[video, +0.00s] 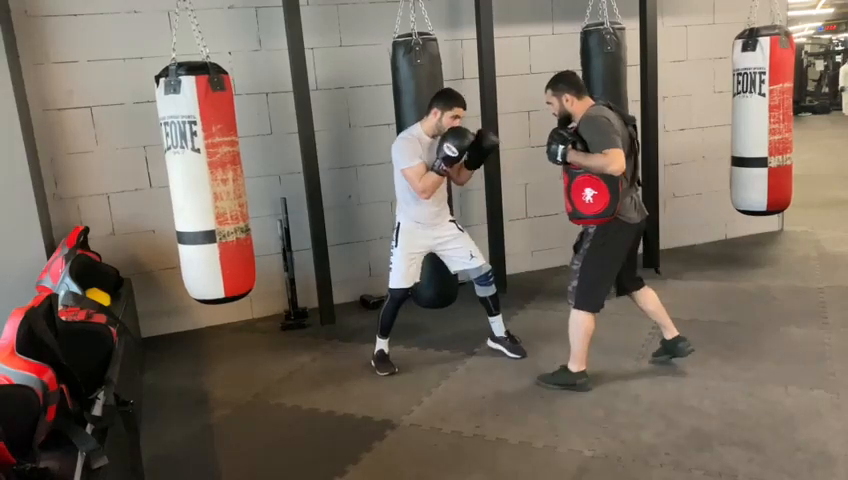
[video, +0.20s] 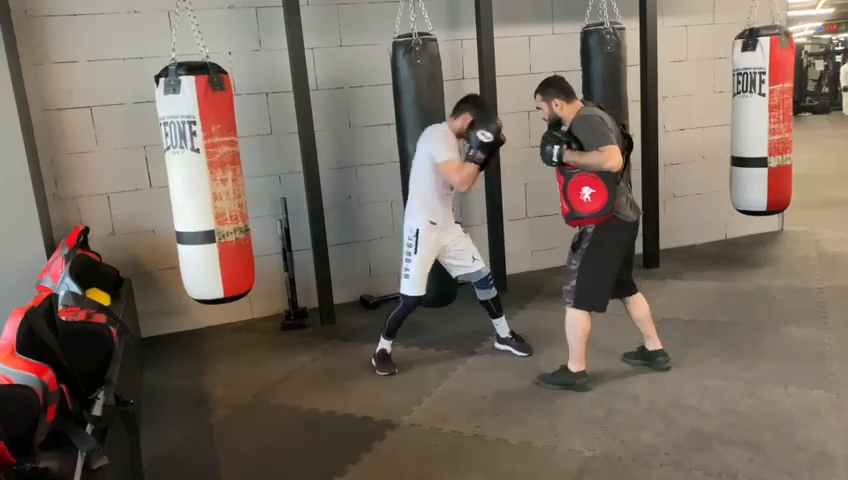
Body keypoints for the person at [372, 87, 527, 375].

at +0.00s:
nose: (456, 126)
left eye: (459, 121)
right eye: (454, 119)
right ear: (436, 114)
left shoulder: (445, 141)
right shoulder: (405, 143)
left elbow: (461, 179)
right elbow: (424, 189)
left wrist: (477, 154)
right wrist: (447, 158)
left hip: (444, 225)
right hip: (411, 228)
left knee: (483, 272)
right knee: (399, 290)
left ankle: (499, 335)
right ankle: (381, 350)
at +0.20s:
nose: (474, 130)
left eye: (476, 126)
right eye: (475, 125)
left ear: (464, 117)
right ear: (467, 117)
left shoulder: (453, 141)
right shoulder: (437, 135)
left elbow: (467, 183)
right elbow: (461, 181)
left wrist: (483, 152)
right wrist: (478, 151)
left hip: (446, 225)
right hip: (421, 227)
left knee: (482, 277)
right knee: (412, 296)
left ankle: (505, 335)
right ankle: (383, 349)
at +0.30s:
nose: (488, 145)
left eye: (489, 142)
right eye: (489, 140)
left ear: (472, 130)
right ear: (478, 131)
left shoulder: (449, 147)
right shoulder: (458, 148)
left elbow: (449, 198)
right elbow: (500, 183)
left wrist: (477, 185)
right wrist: (503, 148)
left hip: (451, 231)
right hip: (427, 235)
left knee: (490, 277)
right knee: (422, 306)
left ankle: (504, 336)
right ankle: (380, 350)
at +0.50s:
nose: (500, 139)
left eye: (503, 134)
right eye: (496, 132)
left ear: (501, 132)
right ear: (481, 126)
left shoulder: (495, 154)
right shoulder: (445, 139)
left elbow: (509, 181)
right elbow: (435, 179)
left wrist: (541, 190)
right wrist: (462, 148)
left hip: (465, 232)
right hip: (429, 230)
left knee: (498, 288)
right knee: (411, 293)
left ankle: (505, 338)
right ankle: (390, 348)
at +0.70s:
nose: (488, 136)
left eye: (491, 131)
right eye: (485, 129)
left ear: (492, 130)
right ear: (468, 122)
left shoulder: (482, 152)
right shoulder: (435, 140)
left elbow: (487, 188)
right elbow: (432, 186)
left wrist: (513, 193)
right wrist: (460, 158)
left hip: (462, 231)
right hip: (426, 230)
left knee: (498, 279)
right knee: (405, 291)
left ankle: (505, 336)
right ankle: (381, 340)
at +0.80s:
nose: (477, 133)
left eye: (478, 127)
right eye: (472, 125)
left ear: (475, 127)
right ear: (453, 120)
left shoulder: (468, 147)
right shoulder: (421, 144)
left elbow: (469, 185)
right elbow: (428, 192)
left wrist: (494, 178)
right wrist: (455, 160)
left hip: (453, 229)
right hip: (419, 231)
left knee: (492, 277)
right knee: (407, 294)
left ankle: (505, 336)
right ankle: (380, 341)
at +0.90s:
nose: (457, 129)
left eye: (459, 123)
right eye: (453, 122)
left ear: (453, 123)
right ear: (436, 119)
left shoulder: (446, 147)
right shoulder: (405, 147)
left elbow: (456, 181)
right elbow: (419, 194)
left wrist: (475, 165)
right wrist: (442, 166)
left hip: (441, 228)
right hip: (408, 231)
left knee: (476, 275)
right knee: (398, 293)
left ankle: (502, 334)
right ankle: (378, 342)